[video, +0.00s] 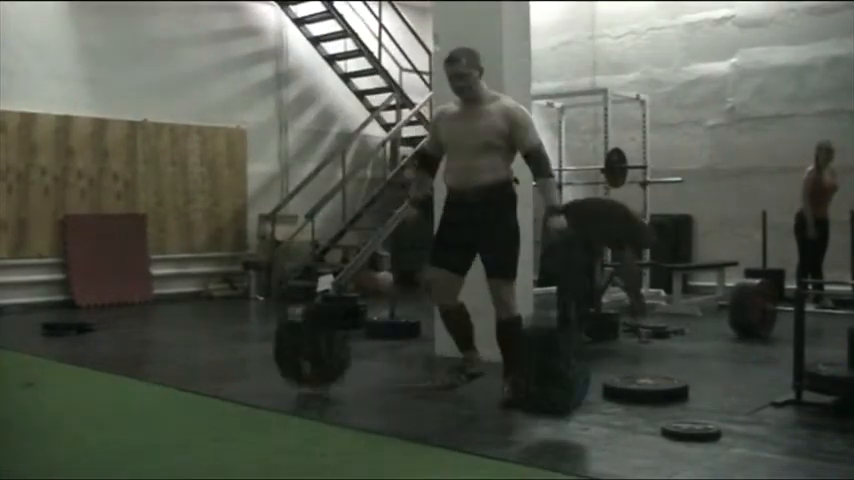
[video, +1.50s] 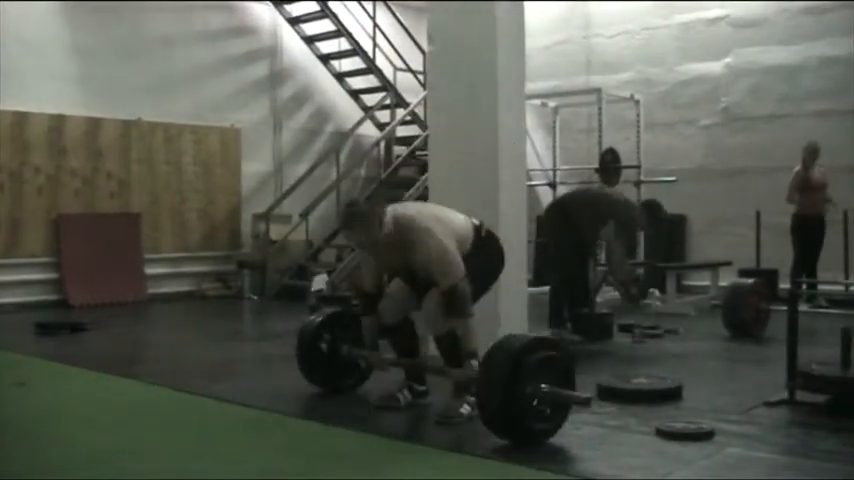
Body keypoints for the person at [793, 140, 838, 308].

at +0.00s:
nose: (826, 157)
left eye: (828, 154)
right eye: (823, 154)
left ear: (831, 156)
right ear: (817, 154)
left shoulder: (830, 173)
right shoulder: (811, 173)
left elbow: (829, 194)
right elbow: (805, 200)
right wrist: (810, 224)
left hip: (821, 219)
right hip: (807, 218)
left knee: (817, 259)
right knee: (805, 258)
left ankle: (819, 294)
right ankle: (801, 293)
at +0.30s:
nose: (819, 158)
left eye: (822, 155)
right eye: (817, 154)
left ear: (824, 157)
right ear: (810, 155)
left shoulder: (822, 173)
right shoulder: (805, 173)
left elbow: (820, 196)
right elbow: (799, 201)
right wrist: (804, 225)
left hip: (814, 219)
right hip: (800, 219)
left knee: (810, 259)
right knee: (798, 258)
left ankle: (811, 294)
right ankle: (794, 294)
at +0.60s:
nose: (818, 158)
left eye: (821, 155)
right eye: (816, 154)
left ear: (823, 156)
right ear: (809, 154)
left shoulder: (822, 172)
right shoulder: (804, 173)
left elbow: (818, 197)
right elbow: (798, 200)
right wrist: (803, 224)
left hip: (813, 219)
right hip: (799, 218)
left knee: (810, 259)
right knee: (798, 258)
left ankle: (810, 294)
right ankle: (793, 293)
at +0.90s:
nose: (816, 158)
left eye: (818, 155)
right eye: (813, 155)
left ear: (820, 156)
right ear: (807, 155)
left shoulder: (817, 173)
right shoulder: (801, 173)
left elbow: (817, 196)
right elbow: (796, 200)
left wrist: (822, 188)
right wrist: (805, 220)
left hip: (813, 219)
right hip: (799, 219)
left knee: (809, 259)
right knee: (798, 258)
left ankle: (811, 294)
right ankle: (794, 294)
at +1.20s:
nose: (813, 158)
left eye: (816, 155)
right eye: (811, 154)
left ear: (819, 156)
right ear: (805, 154)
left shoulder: (820, 174)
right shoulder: (800, 173)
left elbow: (818, 197)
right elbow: (792, 196)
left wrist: (821, 213)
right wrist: (801, 208)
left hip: (816, 219)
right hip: (801, 218)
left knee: (811, 259)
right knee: (799, 258)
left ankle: (812, 294)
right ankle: (795, 294)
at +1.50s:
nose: (811, 158)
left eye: (814, 155)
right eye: (809, 155)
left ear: (817, 156)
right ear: (804, 155)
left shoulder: (820, 173)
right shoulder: (799, 173)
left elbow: (822, 195)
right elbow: (790, 197)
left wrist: (827, 199)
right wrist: (807, 200)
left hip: (817, 218)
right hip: (801, 218)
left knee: (812, 259)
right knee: (800, 257)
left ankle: (812, 295)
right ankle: (794, 294)